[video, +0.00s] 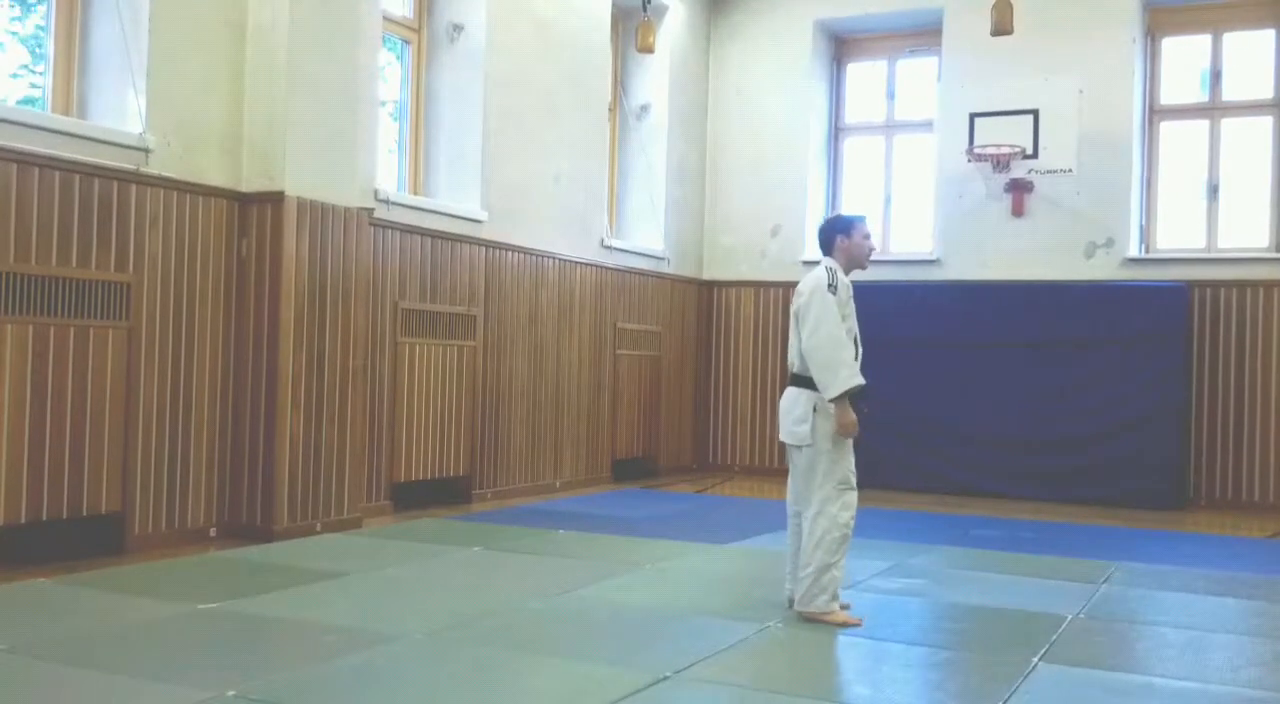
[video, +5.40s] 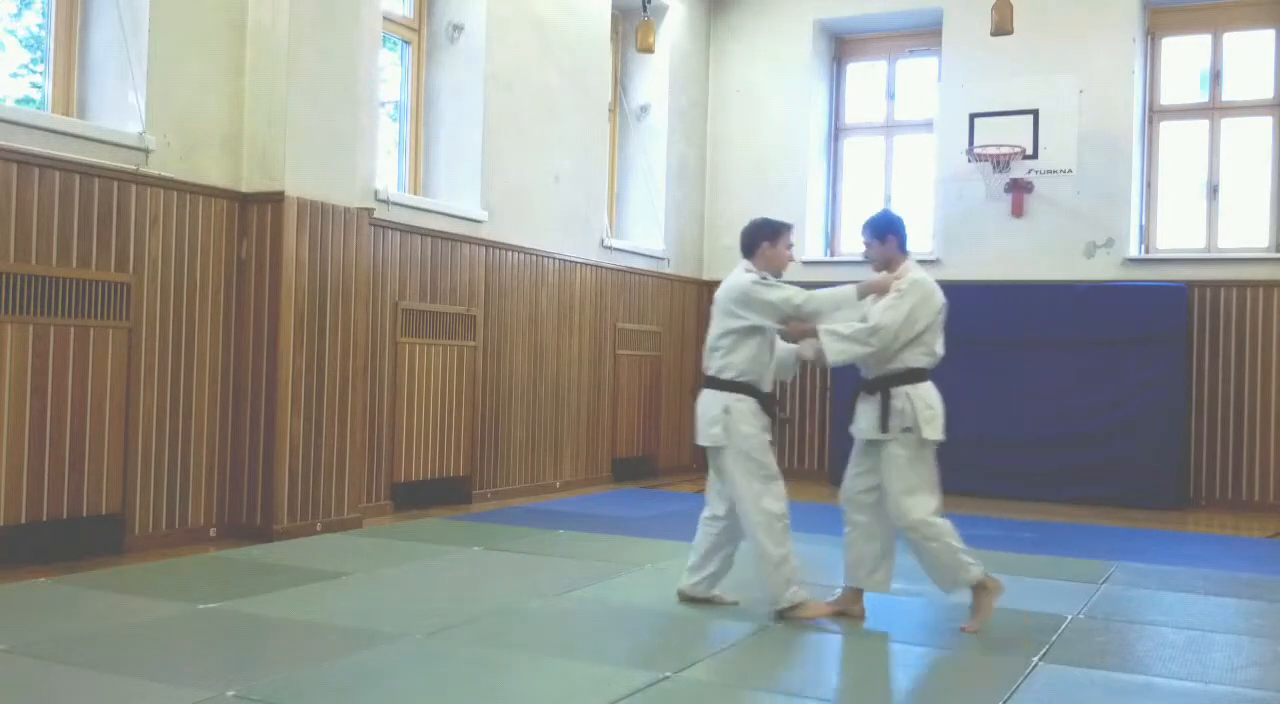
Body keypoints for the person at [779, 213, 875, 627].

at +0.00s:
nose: (872, 245)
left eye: (870, 238)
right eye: (866, 238)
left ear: (842, 243)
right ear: (841, 242)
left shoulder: (828, 282)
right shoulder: (823, 282)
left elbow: (826, 343)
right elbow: (824, 343)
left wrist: (847, 396)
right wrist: (842, 403)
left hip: (812, 401)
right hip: (818, 403)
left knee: (810, 498)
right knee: (836, 499)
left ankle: (805, 589)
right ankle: (817, 598)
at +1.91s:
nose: (891, 244)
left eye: (889, 236)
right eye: (886, 236)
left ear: (861, 240)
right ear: (864, 240)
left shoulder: (843, 280)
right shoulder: (846, 285)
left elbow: (858, 347)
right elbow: (858, 349)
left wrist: (875, 401)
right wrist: (880, 406)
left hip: (840, 401)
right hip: (845, 404)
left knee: (838, 502)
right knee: (847, 506)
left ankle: (826, 591)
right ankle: (819, 601)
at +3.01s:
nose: (888, 244)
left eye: (887, 236)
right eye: (882, 236)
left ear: (860, 240)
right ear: (861, 240)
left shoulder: (855, 283)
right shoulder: (838, 283)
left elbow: (874, 336)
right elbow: (858, 342)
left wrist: (914, 366)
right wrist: (915, 369)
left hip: (851, 406)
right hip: (837, 407)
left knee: (845, 506)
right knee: (836, 508)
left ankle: (826, 592)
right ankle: (815, 602)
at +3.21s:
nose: (886, 245)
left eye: (885, 237)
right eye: (880, 237)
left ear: (853, 242)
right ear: (855, 241)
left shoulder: (840, 280)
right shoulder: (840, 281)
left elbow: (847, 347)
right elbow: (891, 319)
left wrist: (891, 363)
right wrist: (951, 316)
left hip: (840, 403)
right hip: (839, 407)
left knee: (839, 505)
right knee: (839, 508)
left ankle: (824, 594)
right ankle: (816, 603)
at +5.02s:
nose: (847, 247)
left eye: (846, 239)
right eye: (844, 239)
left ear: (810, 239)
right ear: (825, 239)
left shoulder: (779, 279)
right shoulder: (813, 283)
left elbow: (818, 330)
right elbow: (879, 303)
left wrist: (859, 333)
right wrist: (943, 285)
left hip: (780, 401)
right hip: (804, 408)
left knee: (791, 498)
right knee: (819, 506)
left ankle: (769, 573)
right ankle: (813, 604)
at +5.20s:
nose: (816, 251)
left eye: (816, 243)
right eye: (813, 242)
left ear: (785, 243)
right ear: (793, 242)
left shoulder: (759, 281)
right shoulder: (782, 285)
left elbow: (793, 336)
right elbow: (846, 306)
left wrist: (834, 341)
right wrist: (910, 288)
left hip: (761, 404)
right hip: (781, 408)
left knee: (769, 497)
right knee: (806, 504)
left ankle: (712, 563)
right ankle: (811, 604)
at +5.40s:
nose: (792, 256)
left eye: (791, 248)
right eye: (787, 247)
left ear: (763, 250)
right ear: (764, 248)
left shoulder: (748, 286)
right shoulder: (744, 285)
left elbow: (764, 355)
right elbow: (801, 304)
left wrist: (807, 346)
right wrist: (865, 289)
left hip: (731, 404)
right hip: (733, 407)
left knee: (724, 503)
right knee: (766, 501)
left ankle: (697, 585)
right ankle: (789, 599)